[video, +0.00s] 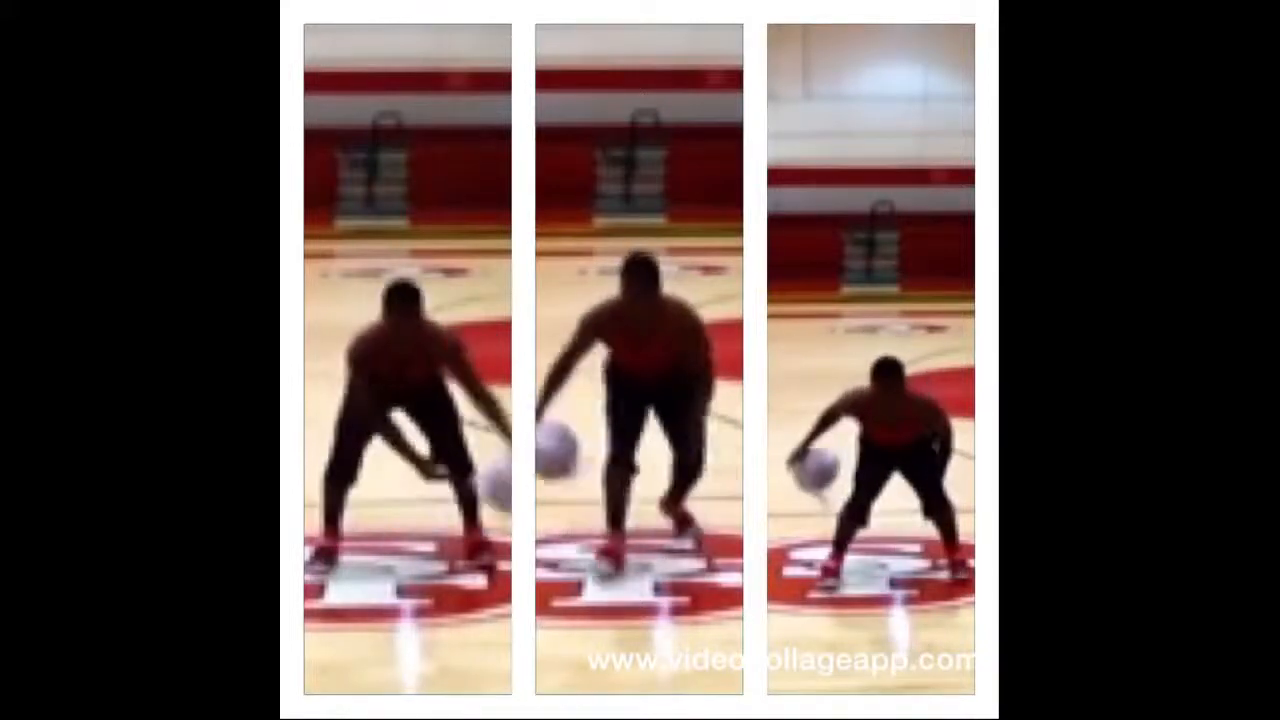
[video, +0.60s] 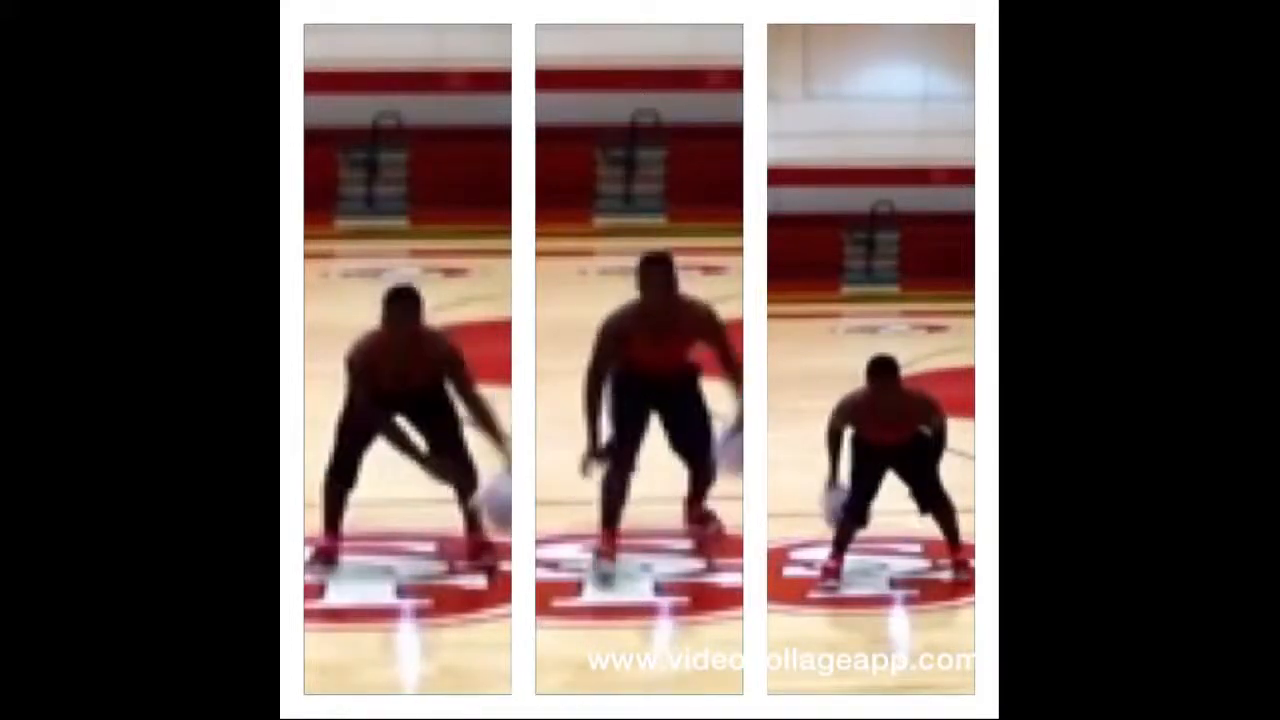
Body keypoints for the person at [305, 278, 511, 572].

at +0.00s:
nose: (404, 329)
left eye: (411, 319)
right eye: (397, 320)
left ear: (420, 314)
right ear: (385, 315)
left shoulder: (438, 342)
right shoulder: (364, 350)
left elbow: (476, 390)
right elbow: (376, 417)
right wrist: (418, 462)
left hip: (423, 391)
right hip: (371, 394)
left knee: (458, 462)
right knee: (339, 471)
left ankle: (474, 536)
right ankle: (330, 541)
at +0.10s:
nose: (410, 330)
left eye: (417, 320)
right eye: (402, 321)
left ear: (427, 315)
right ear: (391, 317)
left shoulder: (445, 340)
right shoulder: (371, 349)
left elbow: (481, 387)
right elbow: (376, 418)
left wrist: (510, 426)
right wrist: (411, 468)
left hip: (425, 391)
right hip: (374, 394)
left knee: (459, 459)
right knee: (341, 470)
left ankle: (474, 535)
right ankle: (331, 539)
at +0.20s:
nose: (408, 329)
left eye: (414, 319)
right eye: (401, 320)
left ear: (425, 313)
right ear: (389, 316)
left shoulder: (446, 345)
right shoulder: (371, 347)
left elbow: (450, 413)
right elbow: (363, 426)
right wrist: (373, 479)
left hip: (427, 394)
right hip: (376, 395)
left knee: (461, 460)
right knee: (343, 467)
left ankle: (473, 536)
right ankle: (330, 540)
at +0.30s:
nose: (399, 331)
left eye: (407, 321)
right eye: (392, 321)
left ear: (417, 316)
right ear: (382, 317)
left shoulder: (436, 346)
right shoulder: (363, 349)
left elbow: (420, 418)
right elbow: (338, 409)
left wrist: (381, 463)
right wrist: (313, 462)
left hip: (426, 394)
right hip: (374, 394)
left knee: (459, 459)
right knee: (343, 460)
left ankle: (474, 536)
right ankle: (327, 545)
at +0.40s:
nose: (394, 333)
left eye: (401, 323)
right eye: (387, 323)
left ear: (412, 318)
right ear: (377, 319)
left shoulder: (433, 345)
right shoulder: (356, 347)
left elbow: (422, 416)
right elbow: (336, 400)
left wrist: (386, 460)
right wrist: (313, 448)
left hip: (424, 394)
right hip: (374, 395)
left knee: (458, 458)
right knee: (345, 457)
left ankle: (474, 535)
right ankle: (330, 539)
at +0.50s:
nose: (395, 330)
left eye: (402, 319)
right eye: (388, 320)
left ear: (413, 315)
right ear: (377, 316)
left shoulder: (433, 344)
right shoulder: (356, 350)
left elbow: (440, 417)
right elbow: (361, 425)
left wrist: (435, 478)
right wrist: (381, 472)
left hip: (423, 392)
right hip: (370, 396)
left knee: (460, 458)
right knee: (339, 469)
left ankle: (477, 533)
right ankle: (330, 540)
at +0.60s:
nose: (403, 332)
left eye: (410, 322)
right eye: (396, 323)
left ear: (420, 319)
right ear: (385, 320)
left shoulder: (438, 347)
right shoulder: (364, 356)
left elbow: (471, 398)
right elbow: (381, 420)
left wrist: (502, 442)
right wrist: (425, 462)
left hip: (424, 398)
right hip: (372, 400)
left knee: (460, 465)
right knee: (339, 472)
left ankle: (475, 536)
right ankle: (330, 540)